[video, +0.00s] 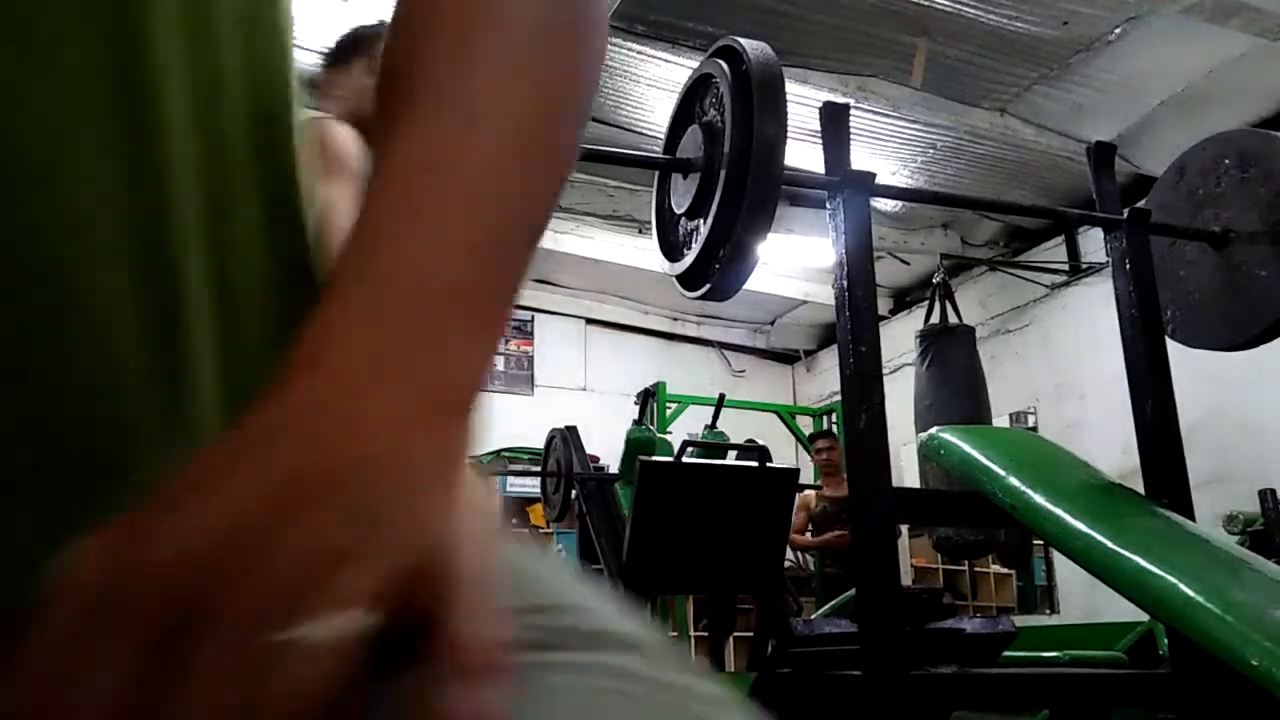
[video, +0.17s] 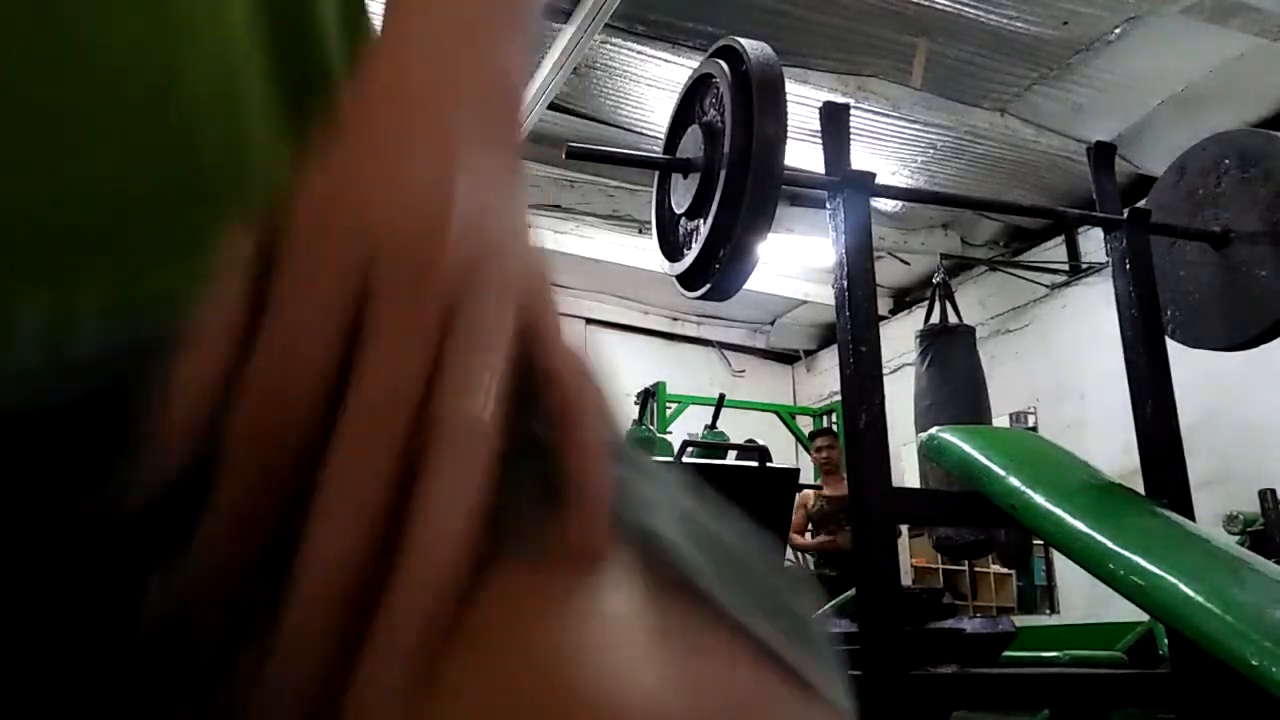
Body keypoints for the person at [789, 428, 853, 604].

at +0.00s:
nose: (825, 457)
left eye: (831, 450)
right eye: (819, 452)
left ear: (841, 452)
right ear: (813, 458)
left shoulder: (857, 490)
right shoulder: (809, 498)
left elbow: (892, 529)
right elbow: (794, 538)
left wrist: (854, 537)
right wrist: (823, 540)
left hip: (862, 570)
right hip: (829, 575)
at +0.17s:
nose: (825, 455)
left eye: (831, 448)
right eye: (818, 450)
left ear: (841, 451)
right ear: (812, 457)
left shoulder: (857, 489)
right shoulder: (808, 496)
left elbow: (892, 529)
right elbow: (794, 536)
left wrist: (851, 538)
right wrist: (816, 544)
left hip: (861, 569)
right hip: (828, 573)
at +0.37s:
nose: (826, 450)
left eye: (832, 443)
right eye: (820, 445)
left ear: (843, 446)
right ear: (814, 451)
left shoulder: (858, 486)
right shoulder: (808, 493)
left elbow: (878, 525)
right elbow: (798, 537)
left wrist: (851, 534)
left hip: (856, 568)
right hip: (822, 571)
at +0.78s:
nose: (803, 443)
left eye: (809, 436)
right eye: (798, 438)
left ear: (824, 439)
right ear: (796, 444)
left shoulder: (842, 481)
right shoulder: (798, 484)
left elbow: (860, 522)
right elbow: (793, 528)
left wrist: (829, 532)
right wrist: (791, 561)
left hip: (838, 570)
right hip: (804, 570)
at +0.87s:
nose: (793, 444)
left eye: (799, 437)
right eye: (789, 439)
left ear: (814, 440)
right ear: (786, 444)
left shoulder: (836, 480)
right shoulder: (789, 481)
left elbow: (856, 520)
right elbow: (787, 526)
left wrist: (820, 534)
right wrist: (786, 558)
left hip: (832, 571)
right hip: (796, 571)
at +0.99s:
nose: (779, 442)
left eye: (785, 434)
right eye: (775, 437)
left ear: (802, 437)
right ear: (772, 442)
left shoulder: (827, 478)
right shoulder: (777, 480)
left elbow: (841, 523)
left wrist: (808, 550)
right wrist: (781, 552)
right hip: (781, 567)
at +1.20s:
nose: (764, 438)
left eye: (769, 431)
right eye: (758, 434)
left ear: (783, 435)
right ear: (755, 439)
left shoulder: (807, 476)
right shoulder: (754, 481)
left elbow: (825, 519)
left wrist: (829, 564)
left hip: (804, 566)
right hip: (768, 566)